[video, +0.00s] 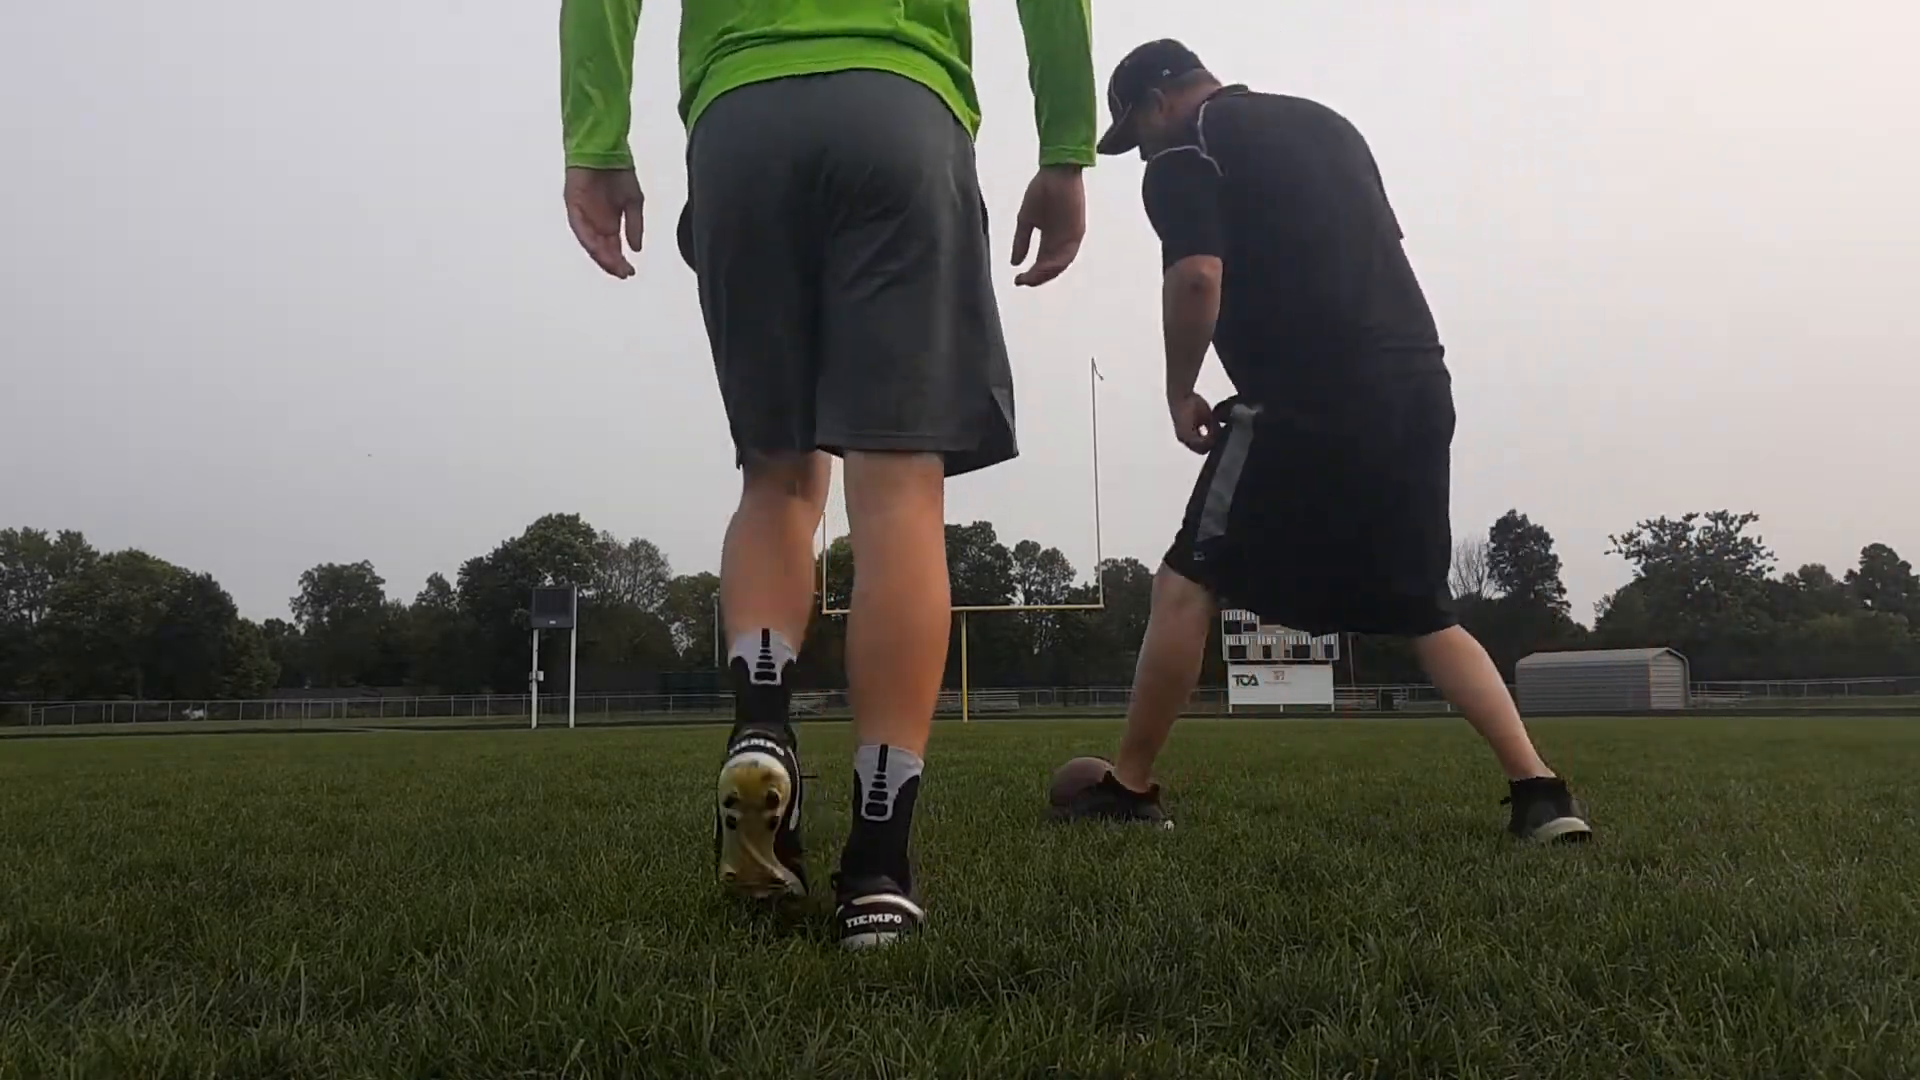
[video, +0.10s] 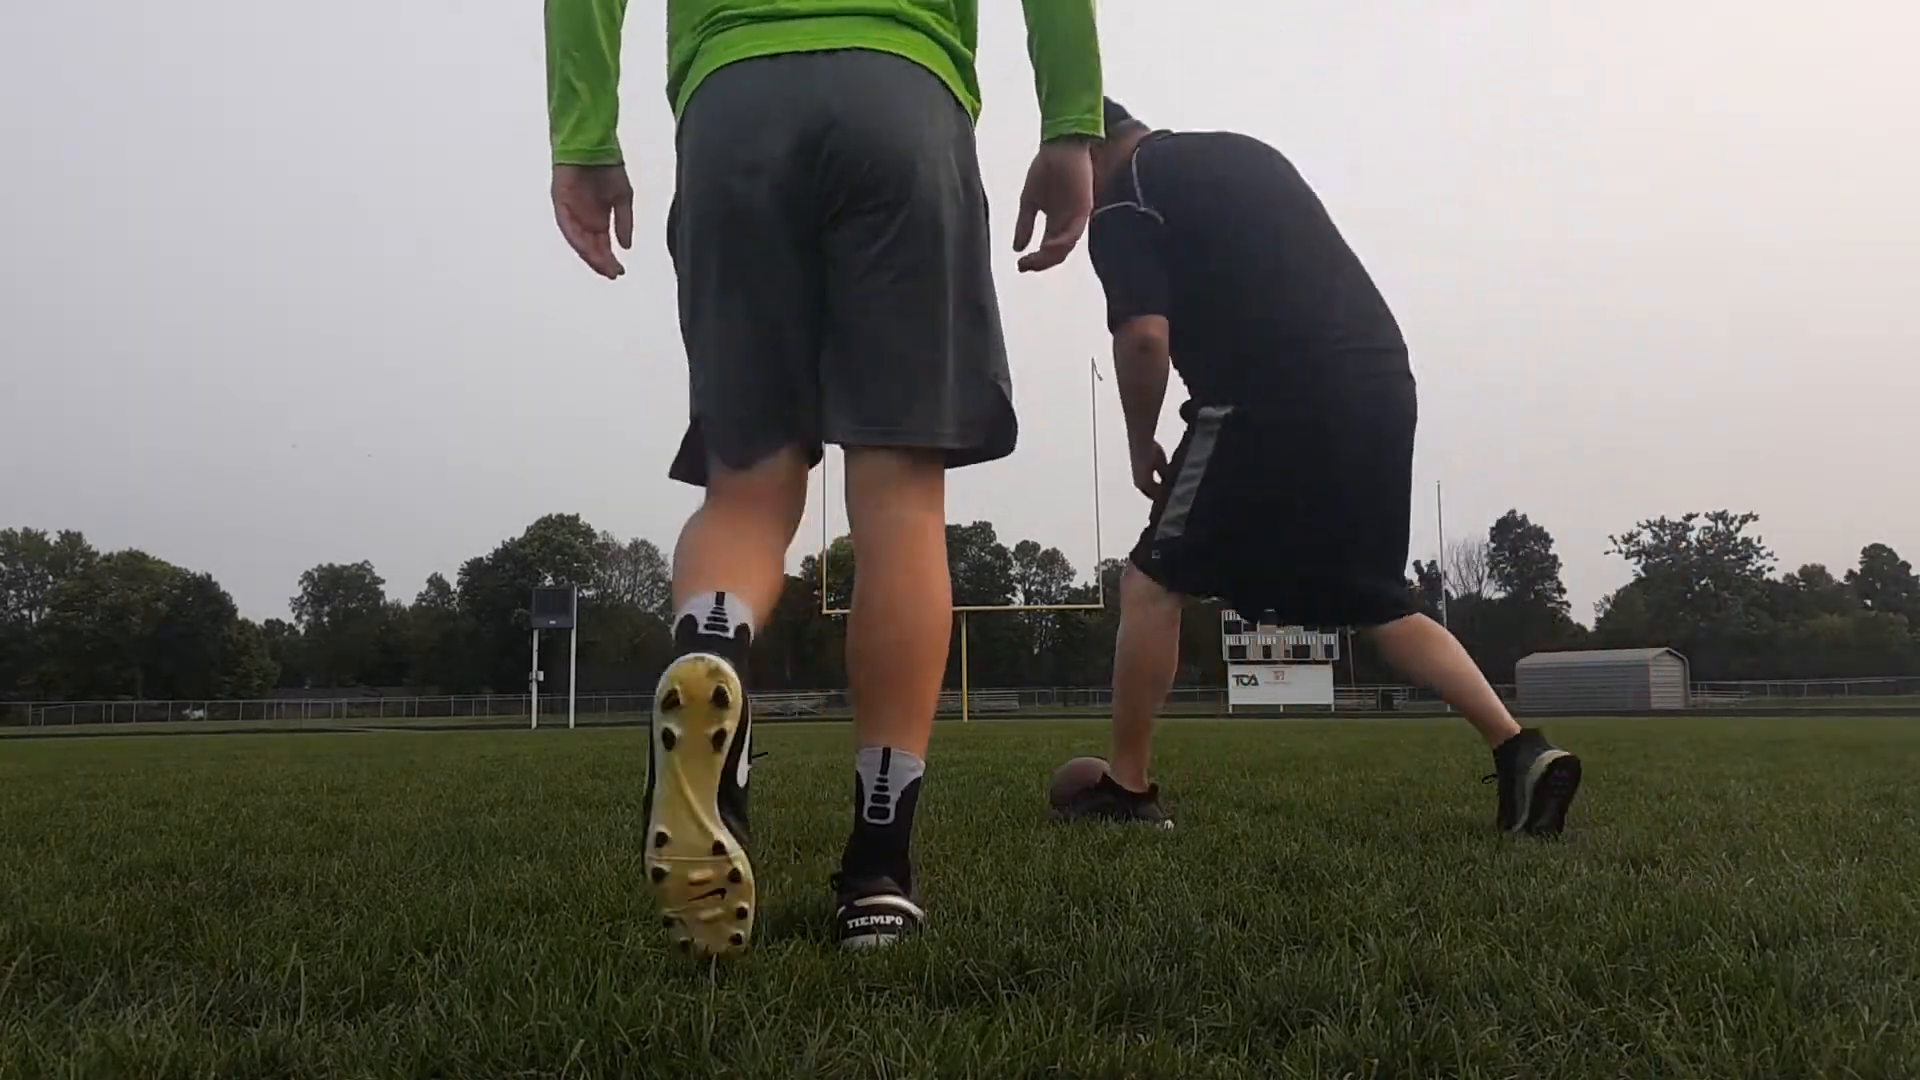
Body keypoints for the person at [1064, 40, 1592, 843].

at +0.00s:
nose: (1147, 154)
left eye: (1141, 137)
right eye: (1137, 144)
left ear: (1161, 96)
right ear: (1202, 82)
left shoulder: (1184, 148)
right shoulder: (1323, 121)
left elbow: (1197, 275)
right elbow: (1364, 254)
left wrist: (1181, 389)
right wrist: (1273, 383)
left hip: (1302, 392)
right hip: (1416, 385)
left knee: (1185, 583)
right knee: (1418, 603)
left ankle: (1129, 782)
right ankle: (1537, 783)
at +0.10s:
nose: (1084, 207)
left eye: (1075, 186)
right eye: (1073, 194)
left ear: (1094, 157)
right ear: (1134, 131)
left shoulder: (1126, 196)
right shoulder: (1244, 156)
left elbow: (1143, 335)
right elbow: (1280, 290)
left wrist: (1142, 443)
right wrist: (1211, 409)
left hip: (1266, 399)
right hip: (1377, 385)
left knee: (1150, 582)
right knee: (1371, 598)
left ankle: (1126, 783)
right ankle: (1517, 746)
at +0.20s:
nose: (1034, 261)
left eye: (1026, 245)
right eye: (1023, 250)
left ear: (1041, 214)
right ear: (1080, 180)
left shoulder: (1089, 236)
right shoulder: (1179, 208)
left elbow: (1115, 387)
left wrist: (1121, 485)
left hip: (1259, 397)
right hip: (1361, 384)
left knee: (1135, 578)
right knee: (1355, 594)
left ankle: (1126, 781)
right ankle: (1517, 747)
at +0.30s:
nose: (1019, 315)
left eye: (1009, 300)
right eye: (1006, 307)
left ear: (1023, 260)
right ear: (1051, 239)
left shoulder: (1067, 288)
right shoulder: (1150, 254)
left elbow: (1108, 426)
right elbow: (1209, 390)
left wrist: (1116, 538)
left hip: (1248, 400)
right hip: (1353, 390)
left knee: (1130, 580)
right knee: (1349, 603)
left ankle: (1123, 784)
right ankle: (1505, 768)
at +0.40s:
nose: (1017, 367)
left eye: (1004, 353)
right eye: (1003, 362)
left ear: (1017, 304)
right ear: (1038, 285)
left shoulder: (1064, 321)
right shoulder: (1138, 302)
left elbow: (1115, 452)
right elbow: (1175, 446)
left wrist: (1124, 568)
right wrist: (1161, 584)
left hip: (1250, 418)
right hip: (1353, 413)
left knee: (1118, 579)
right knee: (1353, 631)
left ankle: (1123, 785)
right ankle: (1516, 768)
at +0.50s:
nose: (1014, 419)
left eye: (998, 402)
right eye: (997, 410)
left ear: (1012, 353)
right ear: (1028, 334)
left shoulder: (1066, 350)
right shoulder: (1120, 333)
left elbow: (1123, 469)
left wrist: (1103, 559)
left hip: (1261, 428)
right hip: (1356, 427)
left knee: (1113, 578)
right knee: (1332, 642)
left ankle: (1122, 785)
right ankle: (1518, 774)